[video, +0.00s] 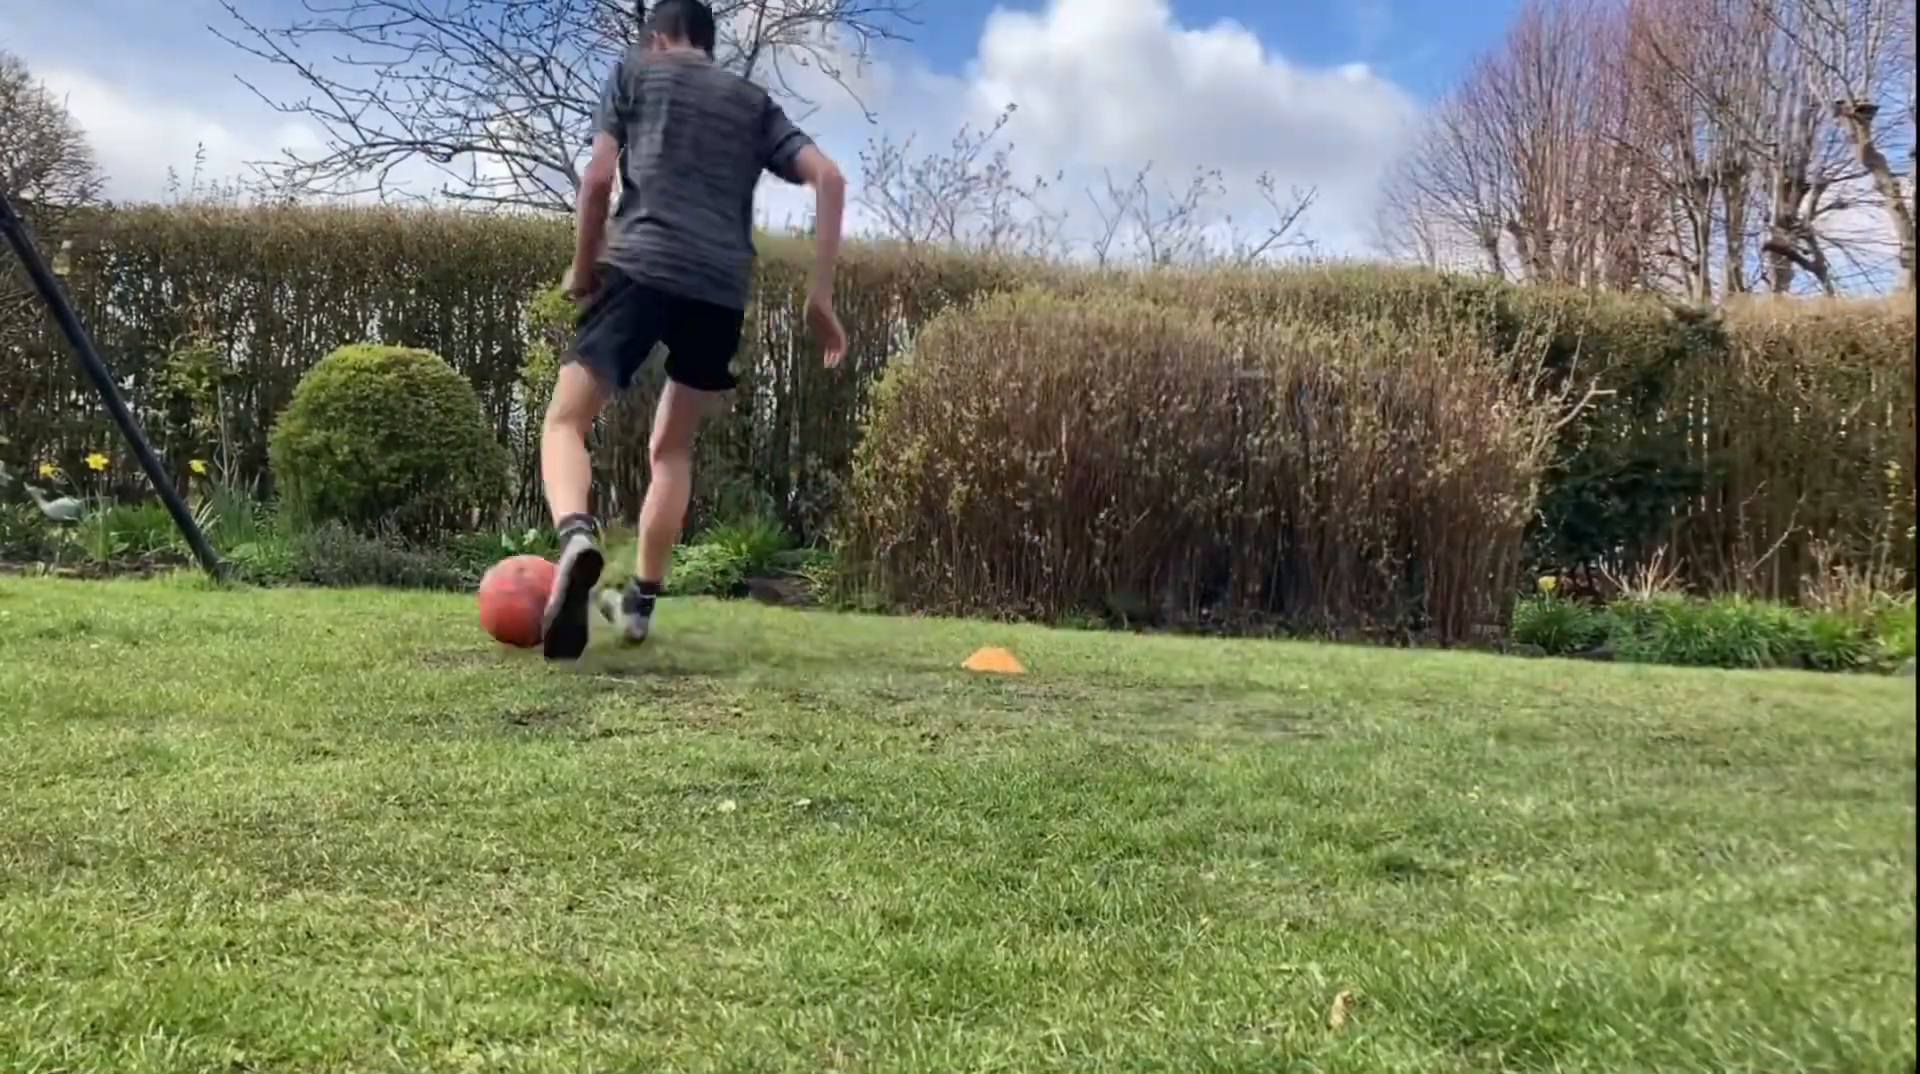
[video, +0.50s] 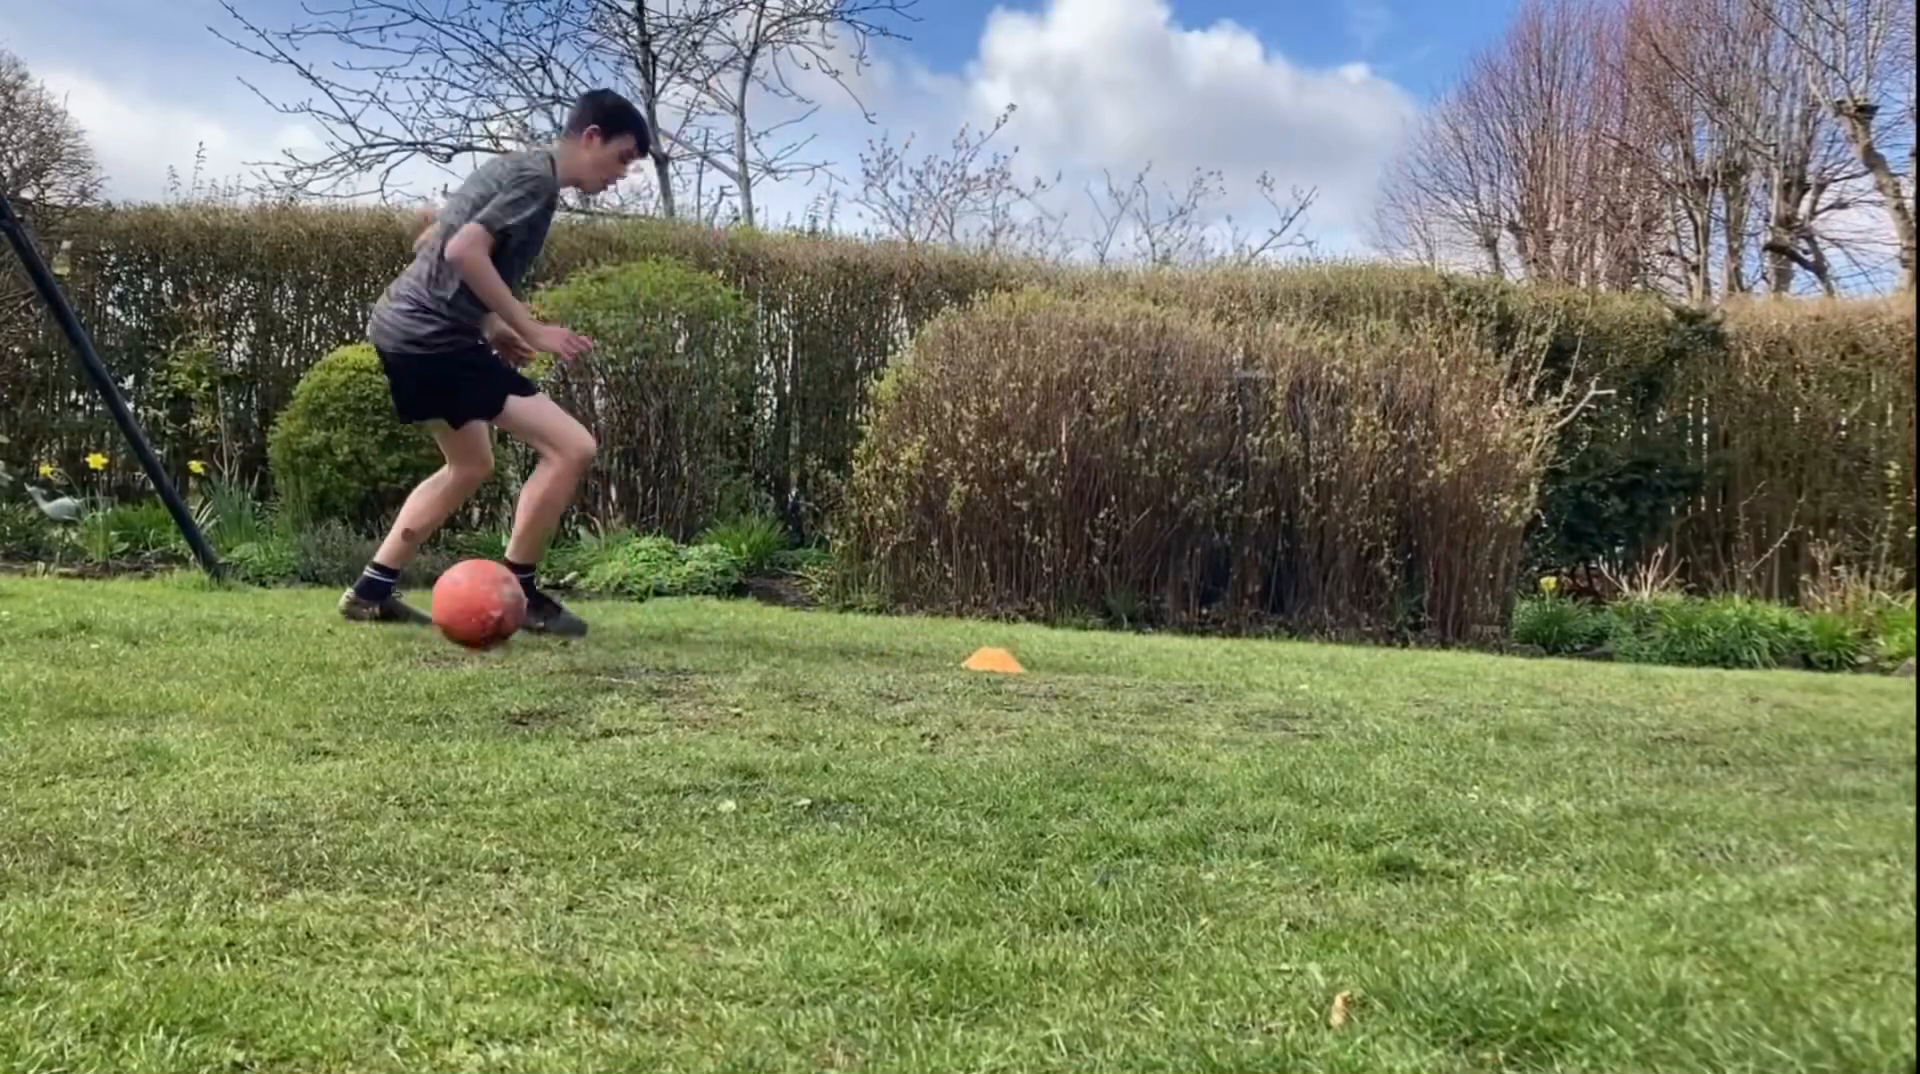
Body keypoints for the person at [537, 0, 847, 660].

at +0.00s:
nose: (646, 51)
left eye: (647, 41)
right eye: (650, 42)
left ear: (660, 36)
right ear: (711, 44)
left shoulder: (639, 69)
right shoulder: (754, 100)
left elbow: (597, 178)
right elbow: (831, 178)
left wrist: (583, 269)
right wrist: (821, 294)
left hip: (640, 272)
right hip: (721, 292)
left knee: (566, 421)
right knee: (672, 449)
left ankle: (576, 534)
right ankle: (641, 605)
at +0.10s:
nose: (627, 90)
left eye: (629, 81)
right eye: (633, 84)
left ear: (637, 80)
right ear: (687, 92)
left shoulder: (603, 112)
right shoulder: (713, 150)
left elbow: (562, 204)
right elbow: (765, 244)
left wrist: (552, 288)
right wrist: (752, 346)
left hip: (590, 305)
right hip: (667, 325)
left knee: (511, 414)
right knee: (617, 449)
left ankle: (442, 527)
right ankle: (610, 608)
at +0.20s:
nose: (663, 111)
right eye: (669, 104)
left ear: (622, 75)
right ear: (668, 98)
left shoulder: (576, 94)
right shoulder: (676, 147)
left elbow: (508, 157)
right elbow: (707, 263)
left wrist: (523, 233)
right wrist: (679, 339)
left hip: (531, 278)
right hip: (609, 306)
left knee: (480, 403)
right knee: (593, 436)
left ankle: (387, 534)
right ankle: (602, 588)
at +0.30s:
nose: (661, 131)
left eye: (662, 120)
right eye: (664, 119)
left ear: (619, 85)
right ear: (659, 106)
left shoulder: (551, 97)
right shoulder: (643, 153)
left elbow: (459, 132)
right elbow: (658, 266)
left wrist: (486, 196)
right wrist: (632, 309)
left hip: (462, 271)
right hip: (539, 292)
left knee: (489, 385)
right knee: (595, 413)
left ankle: (399, 509)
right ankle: (557, 573)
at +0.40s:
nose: (637, 162)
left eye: (647, 154)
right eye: (646, 148)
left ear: (612, 111)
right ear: (634, 118)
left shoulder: (513, 124)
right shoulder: (592, 160)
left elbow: (421, 172)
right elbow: (571, 250)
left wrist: (460, 228)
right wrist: (599, 308)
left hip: (422, 299)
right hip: (485, 311)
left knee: (458, 442)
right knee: (576, 449)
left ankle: (378, 579)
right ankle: (514, 593)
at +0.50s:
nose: (621, 175)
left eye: (629, 166)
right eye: (623, 159)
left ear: (586, 139)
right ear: (590, 136)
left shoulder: (516, 169)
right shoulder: (535, 179)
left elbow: (437, 245)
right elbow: (464, 250)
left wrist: (491, 328)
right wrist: (533, 327)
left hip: (402, 332)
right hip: (434, 337)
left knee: (469, 465)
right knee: (572, 448)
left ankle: (372, 589)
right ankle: (516, 588)